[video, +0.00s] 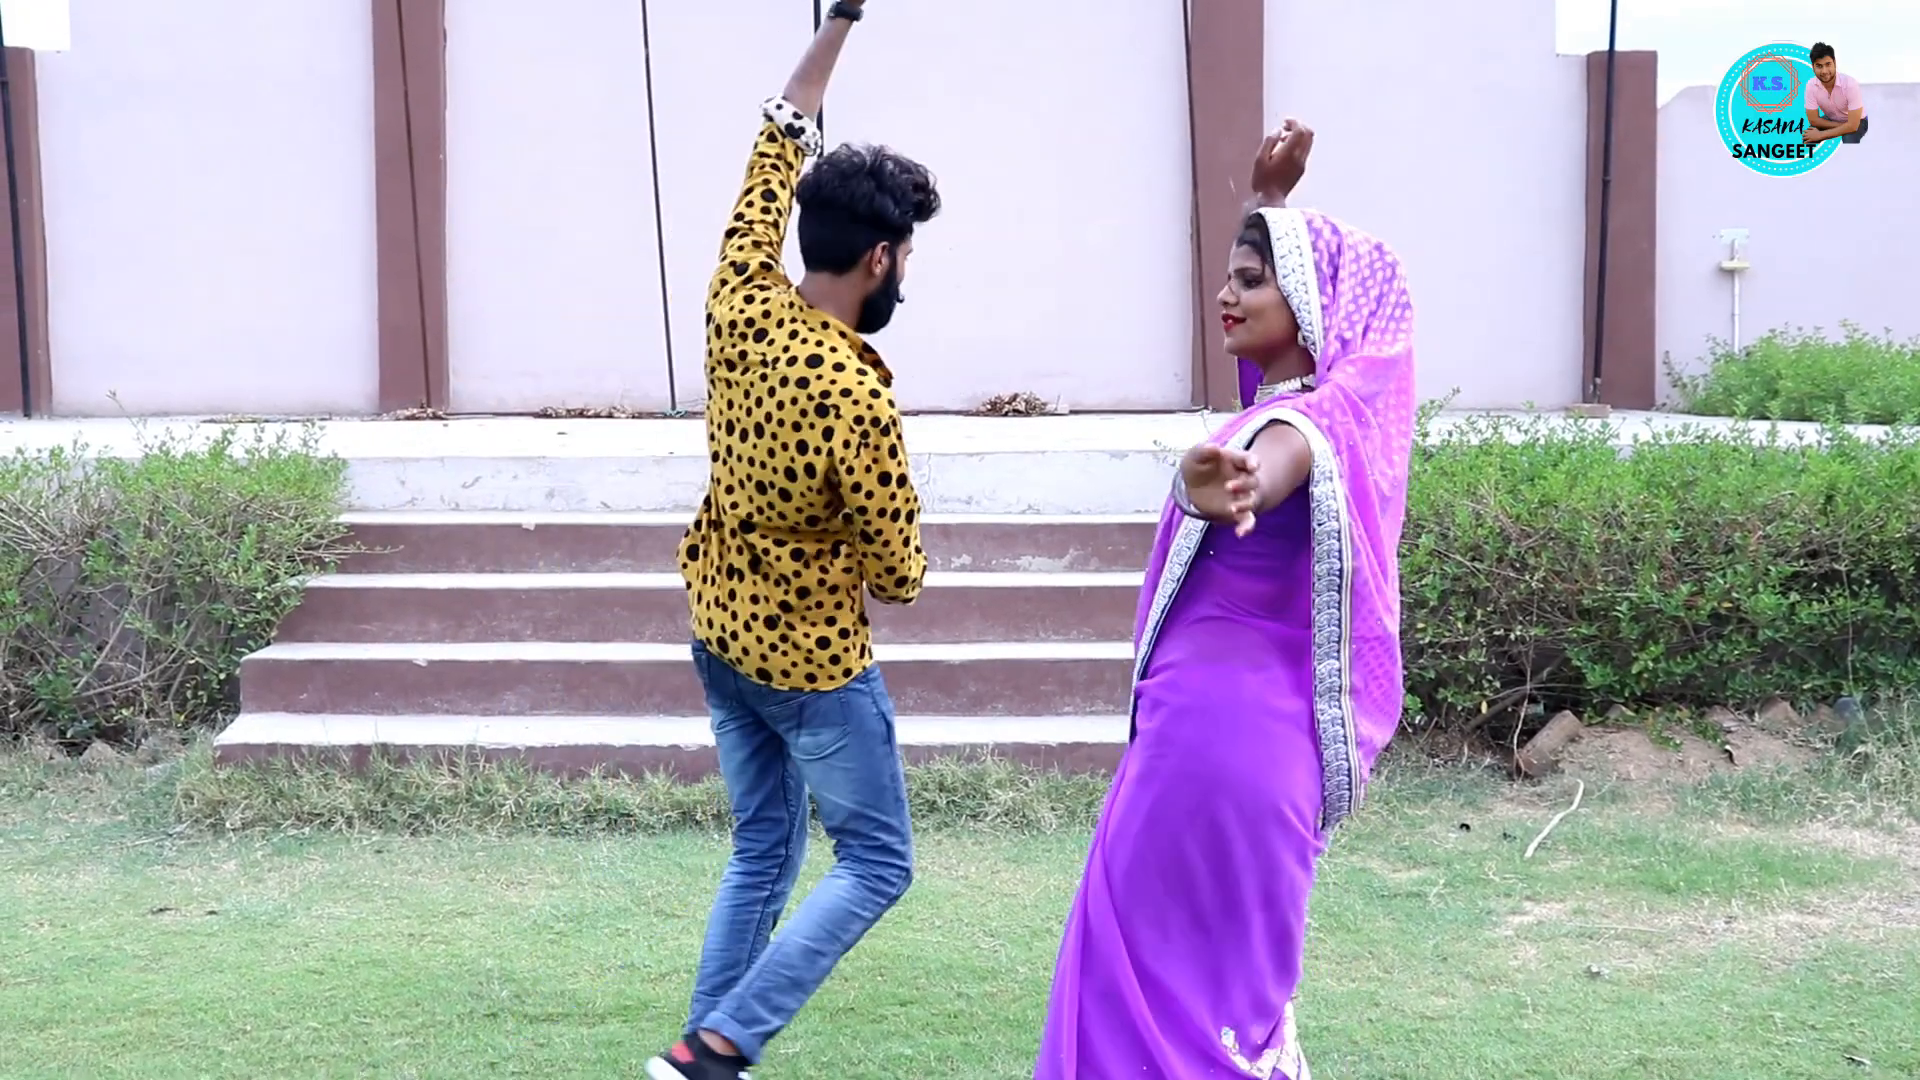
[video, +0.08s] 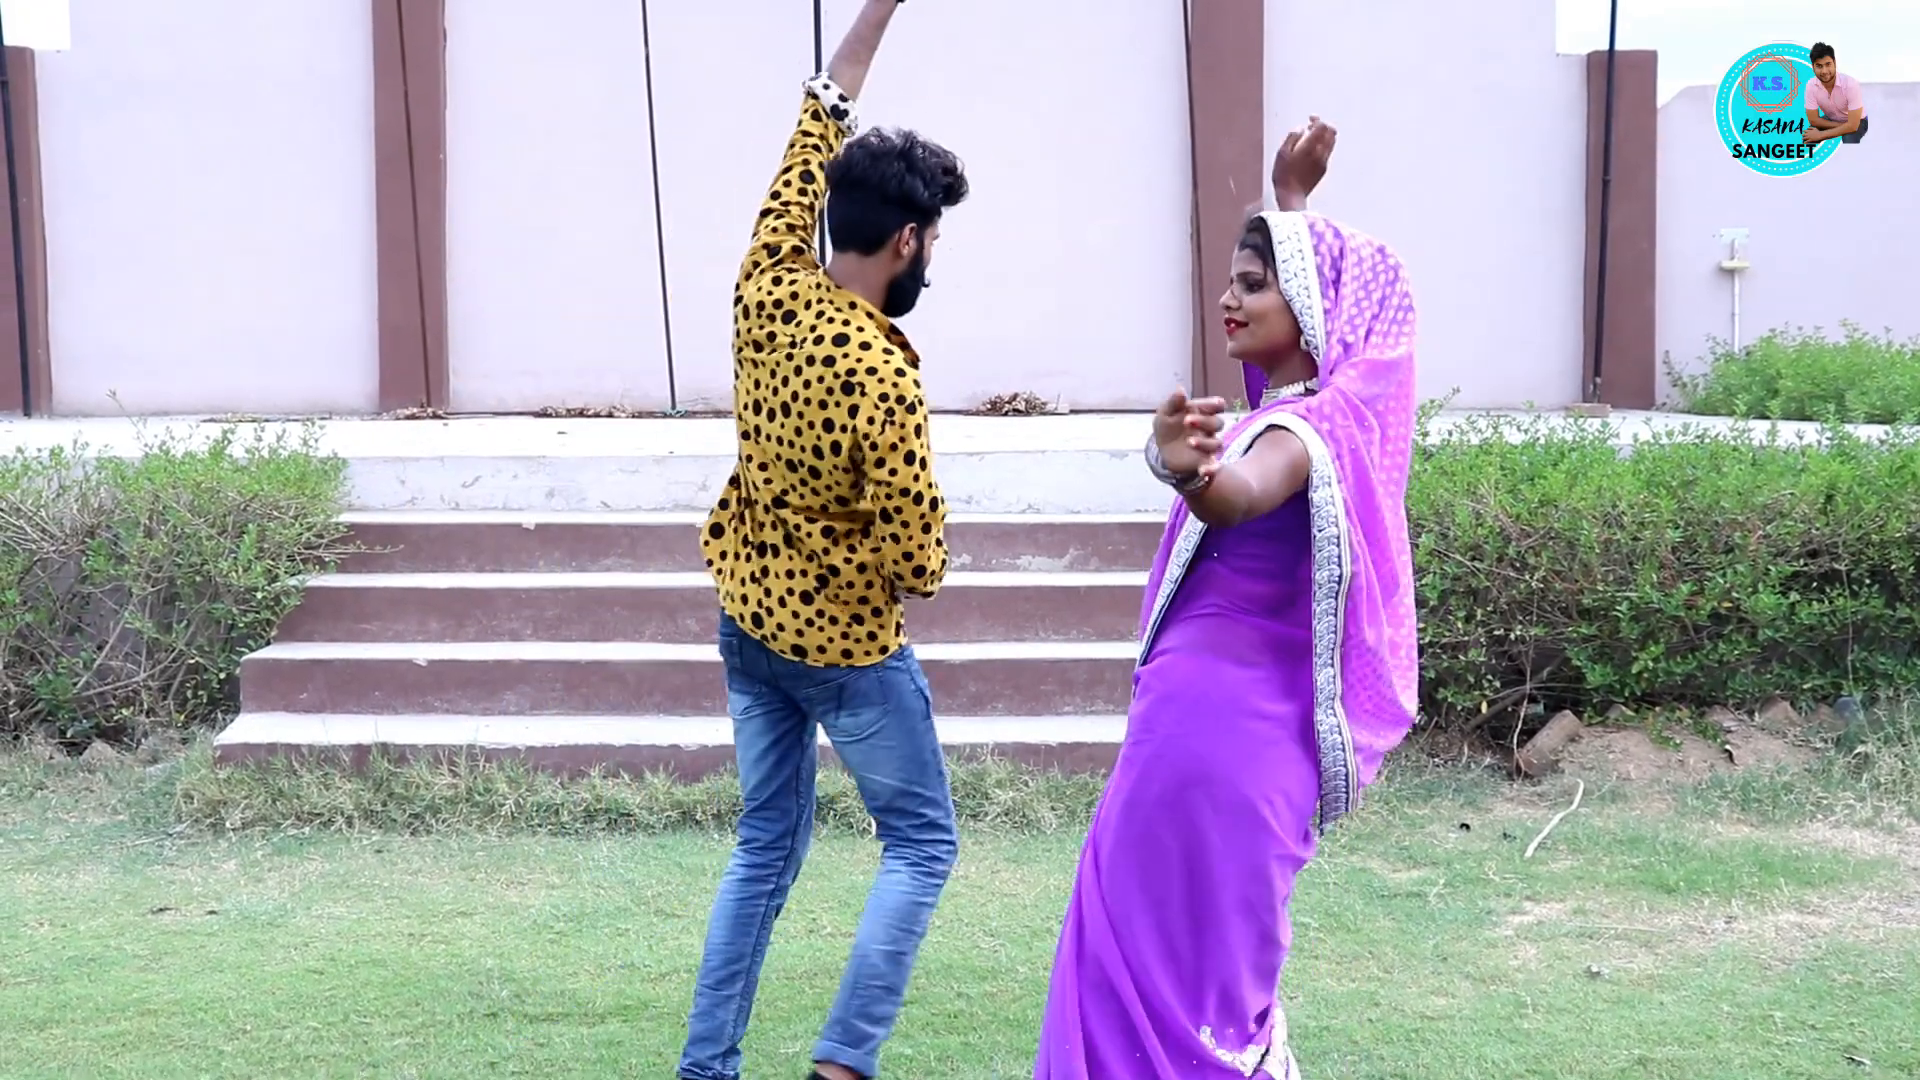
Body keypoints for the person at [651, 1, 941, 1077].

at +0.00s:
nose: (912, 259)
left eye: (909, 241)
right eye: (909, 244)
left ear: (813, 236)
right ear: (879, 256)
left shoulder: (742, 301)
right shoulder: (857, 396)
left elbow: (775, 161)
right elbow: (896, 573)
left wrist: (832, 34)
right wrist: (874, 559)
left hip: (716, 622)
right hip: (809, 651)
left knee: (763, 846)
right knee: (876, 864)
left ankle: (703, 1052)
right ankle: (723, 1044)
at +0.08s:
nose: (934, 247)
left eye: (933, 228)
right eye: (933, 229)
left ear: (840, 213)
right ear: (906, 237)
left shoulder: (769, 280)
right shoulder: (882, 370)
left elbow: (819, 127)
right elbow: (918, 557)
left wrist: (880, 8)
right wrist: (919, 566)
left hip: (747, 615)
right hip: (842, 639)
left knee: (764, 845)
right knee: (920, 842)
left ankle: (707, 1061)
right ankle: (847, 1056)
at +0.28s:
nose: (996, 249)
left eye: (993, 229)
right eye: (999, 232)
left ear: (903, 215)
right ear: (976, 234)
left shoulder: (838, 295)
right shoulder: (957, 356)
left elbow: (899, 143)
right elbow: (962, 513)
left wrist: (979, 23)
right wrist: (1001, 588)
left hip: (852, 632)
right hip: (953, 647)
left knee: (850, 853)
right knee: (1014, 863)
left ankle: (730, 1052)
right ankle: (996, 1069)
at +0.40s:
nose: (1032, 268)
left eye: (1029, 250)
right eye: (1034, 252)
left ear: (937, 237)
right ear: (1015, 254)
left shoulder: (875, 314)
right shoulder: (1006, 367)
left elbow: (931, 159)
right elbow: (1035, 523)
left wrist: (1003, 40)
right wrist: (1062, 591)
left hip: (906, 640)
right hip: (1008, 655)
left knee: (937, 838)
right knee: (1055, 865)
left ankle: (810, 1009)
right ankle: (1011, 1066)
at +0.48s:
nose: (1046, 261)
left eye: (1036, 244)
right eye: (1049, 247)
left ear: (954, 236)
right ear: (1039, 247)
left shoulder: (898, 308)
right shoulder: (1039, 358)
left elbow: (938, 152)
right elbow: (1088, 529)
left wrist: (1013, 36)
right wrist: (1084, 555)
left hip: (927, 619)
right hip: (1027, 635)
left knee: (969, 821)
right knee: (1052, 862)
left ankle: (892, 1009)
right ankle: (1011, 1065)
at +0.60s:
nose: (1072, 230)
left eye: (1059, 214)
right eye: (1069, 215)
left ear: (976, 224)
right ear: (1060, 228)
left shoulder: (930, 294)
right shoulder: (1094, 338)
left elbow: (949, 141)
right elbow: (1137, 500)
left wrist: (1023, 25)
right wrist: (1104, 518)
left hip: (946, 600)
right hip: (1050, 607)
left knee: (1003, 813)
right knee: (1050, 830)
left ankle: (1040, 1025)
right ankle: (1007, 1051)